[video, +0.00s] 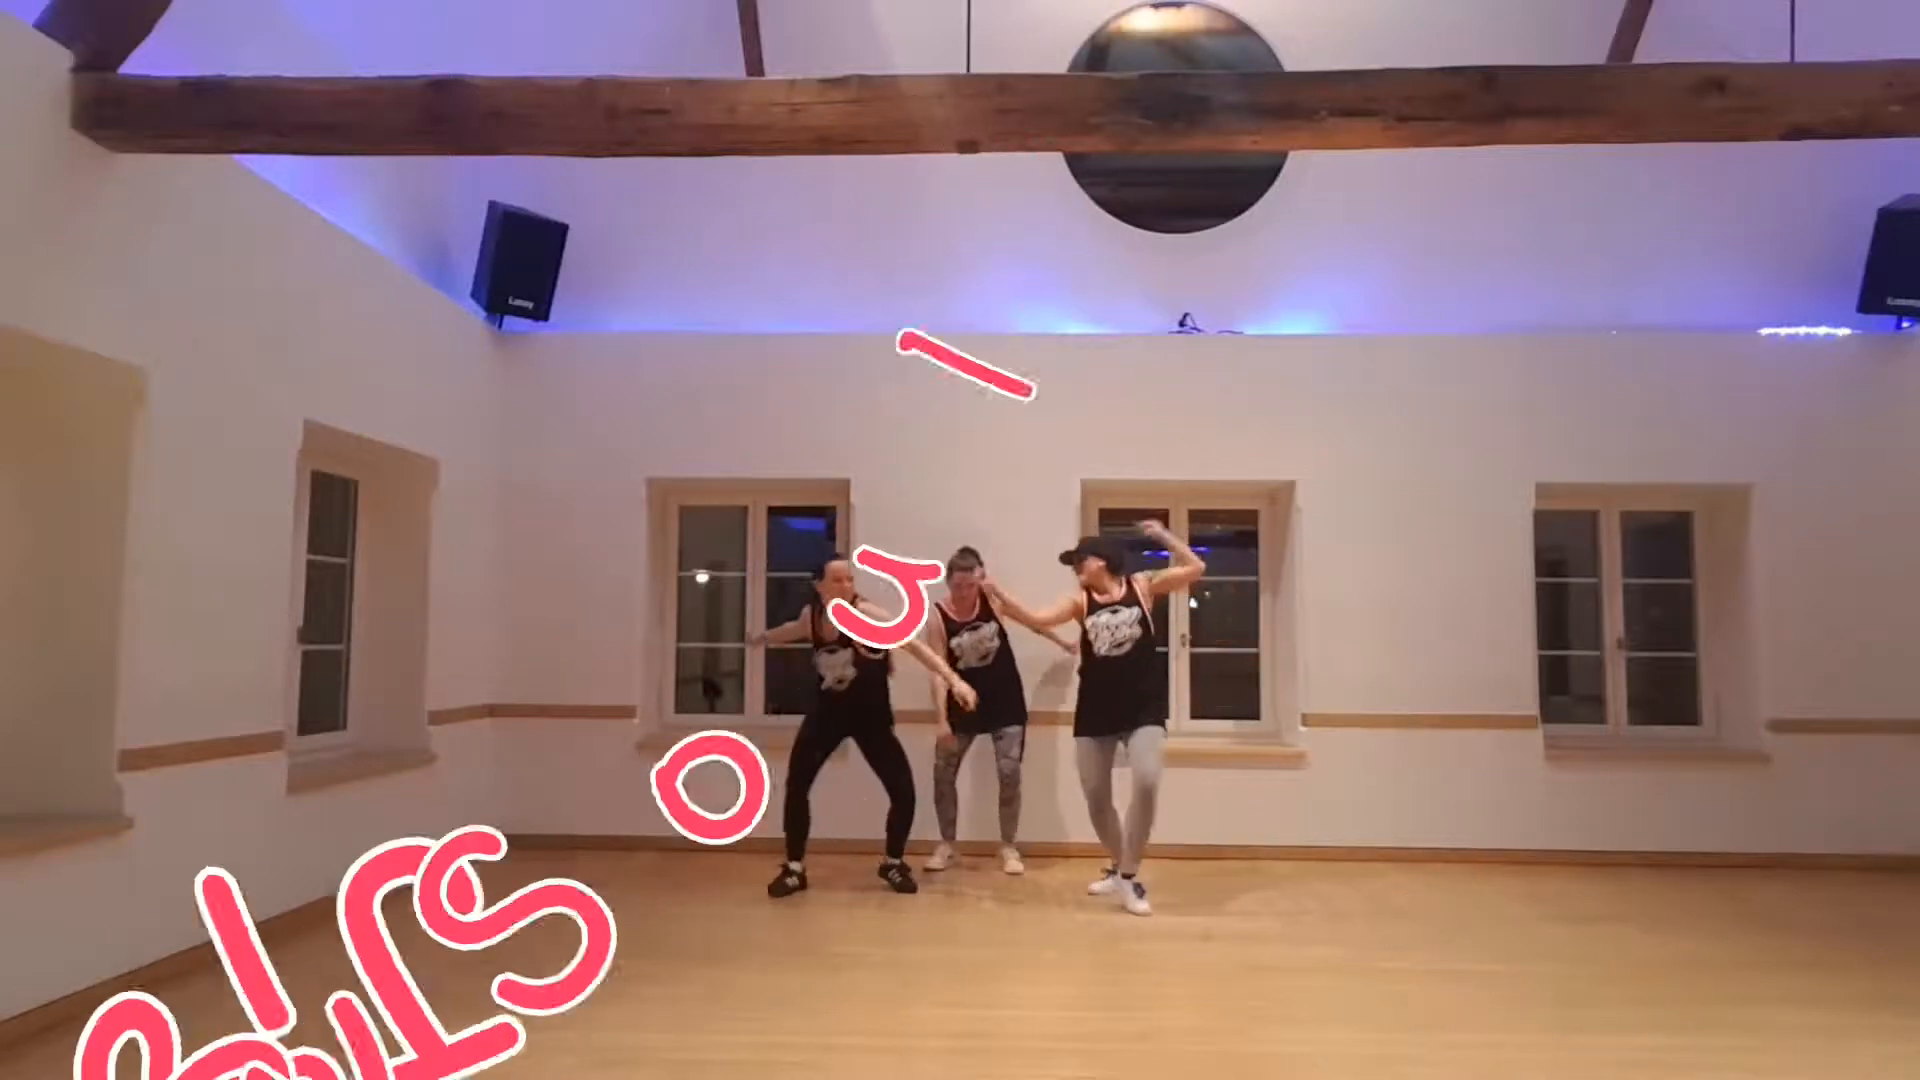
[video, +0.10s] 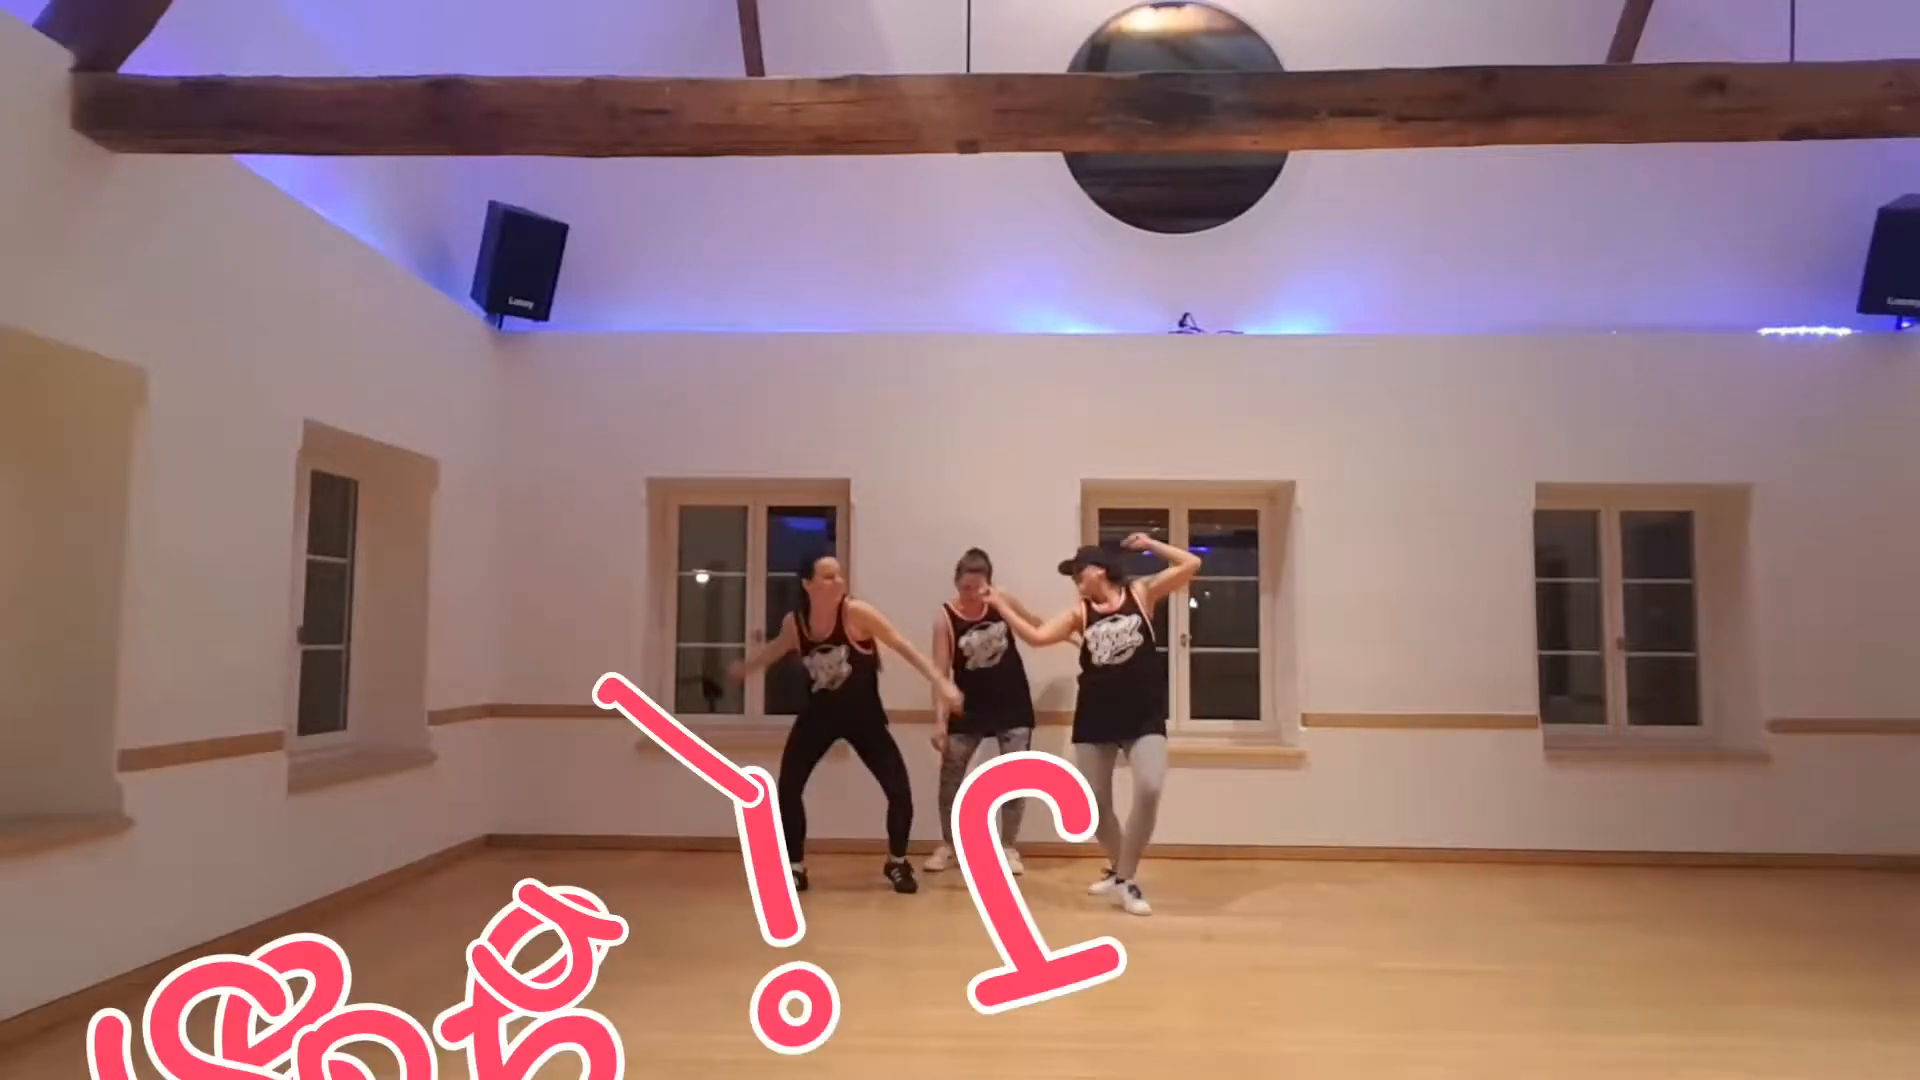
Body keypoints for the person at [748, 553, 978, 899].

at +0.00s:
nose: (844, 586)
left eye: (849, 579)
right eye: (837, 579)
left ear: (855, 583)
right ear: (820, 585)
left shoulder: (870, 614)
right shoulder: (812, 617)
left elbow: (913, 646)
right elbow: (794, 631)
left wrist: (954, 680)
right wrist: (763, 638)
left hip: (870, 719)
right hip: (826, 719)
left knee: (904, 793)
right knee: (796, 786)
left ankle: (893, 863)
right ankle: (794, 868)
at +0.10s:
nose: (838, 581)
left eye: (839, 575)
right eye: (829, 577)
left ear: (845, 581)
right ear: (808, 586)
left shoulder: (859, 614)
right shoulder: (795, 623)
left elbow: (904, 649)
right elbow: (776, 650)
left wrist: (941, 683)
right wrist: (747, 667)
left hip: (862, 717)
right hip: (817, 718)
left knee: (899, 790)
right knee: (788, 788)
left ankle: (897, 861)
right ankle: (795, 867)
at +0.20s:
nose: (835, 569)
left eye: (831, 563)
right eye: (826, 565)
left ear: (824, 575)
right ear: (804, 578)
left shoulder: (853, 603)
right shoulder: (785, 622)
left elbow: (890, 649)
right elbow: (766, 669)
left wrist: (917, 690)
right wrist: (745, 709)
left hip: (860, 710)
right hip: (814, 715)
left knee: (891, 787)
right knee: (795, 790)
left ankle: (897, 860)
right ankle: (796, 865)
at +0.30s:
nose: (827, 549)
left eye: (823, 545)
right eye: (819, 548)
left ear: (817, 569)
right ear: (803, 569)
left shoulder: (844, 590)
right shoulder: (784, 616)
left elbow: (868, 627)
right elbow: (773, 668)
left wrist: (886, 663)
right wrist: (759, 712)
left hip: (859, 701)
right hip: (815, 706)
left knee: (882, 781)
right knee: (802, 784)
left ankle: (893, 857)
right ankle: (796, 868)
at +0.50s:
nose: (835, 559)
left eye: (830, 553)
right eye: (829, 556)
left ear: (815, 571)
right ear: (812, 571)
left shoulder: (831, 594)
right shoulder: (794, 623)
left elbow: (839, 619)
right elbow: (788, 673)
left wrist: (852, 619)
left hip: (854, 695)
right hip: (817, 704)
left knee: (876, 775)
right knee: (820, 787)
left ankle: (875, 860)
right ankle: (801, 868)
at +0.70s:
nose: (840, 581)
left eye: (839, 574)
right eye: (835, 575)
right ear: (820, 583)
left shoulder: (828, 619)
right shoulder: (798, 629)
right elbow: (839, 648)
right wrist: (845, 600)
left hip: (847, 717)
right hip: (820, 721)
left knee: (882, 784)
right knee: (829, 793)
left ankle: (870, 860)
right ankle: (802, 868)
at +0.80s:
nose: (845, 571)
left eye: (843, 564)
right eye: (839, 564)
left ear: (830, 570)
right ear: (824, 571)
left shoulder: (832, 608)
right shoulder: (810, 610)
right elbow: (860, 627)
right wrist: (893, 596)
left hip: (844, 708)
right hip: (816, 711)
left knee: (878, 781)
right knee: (830, 790)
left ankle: (870, 860)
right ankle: (804, 870)